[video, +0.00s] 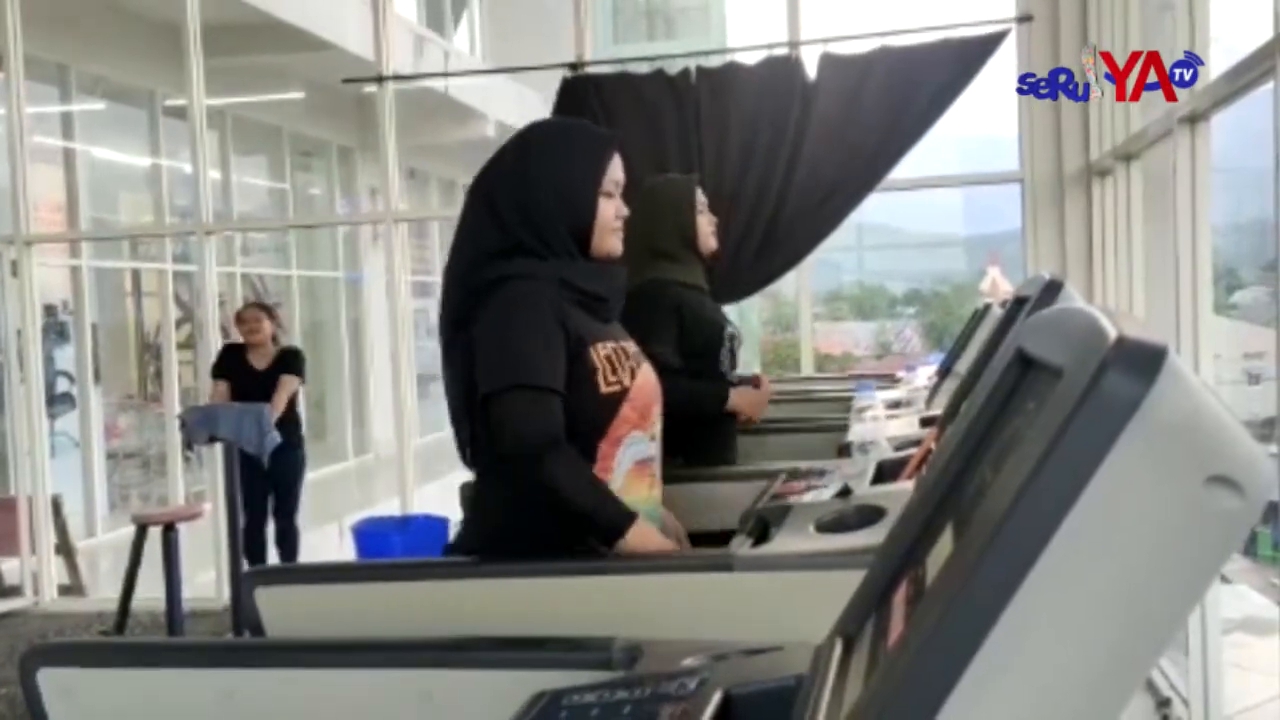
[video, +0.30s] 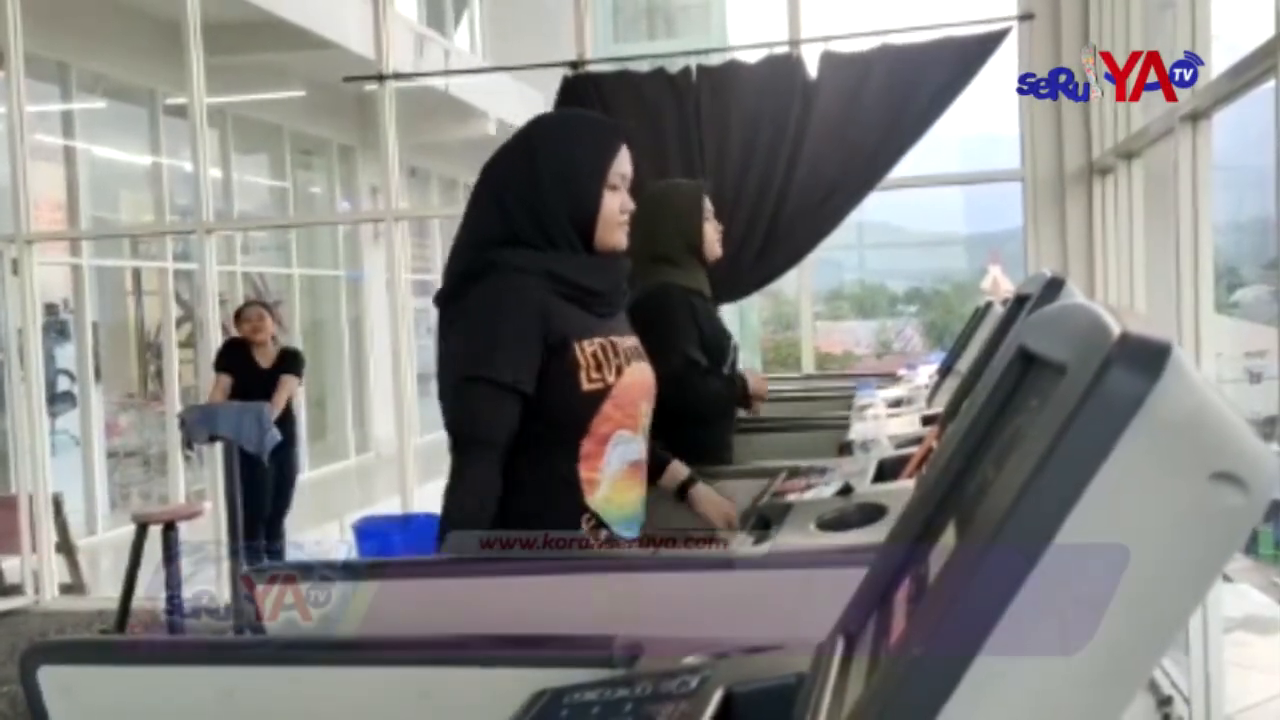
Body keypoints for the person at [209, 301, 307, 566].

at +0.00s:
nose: (251, 329)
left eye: (257, 322)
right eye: (245, 324)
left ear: (272, 324)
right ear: (238, 329)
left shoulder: (290, 357)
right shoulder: (230, 354)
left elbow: (282, 396)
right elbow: (220, 396)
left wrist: (263, 428)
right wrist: (217, 428)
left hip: (285, 439)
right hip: (246, 440)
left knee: (285, 513)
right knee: (254, 514)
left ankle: (288, 572)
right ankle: (257, 574)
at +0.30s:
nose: (255, 325)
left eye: (260, 318)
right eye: (247, 321)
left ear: (273, 322)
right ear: (239, 329)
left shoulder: (290, 358)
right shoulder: (234, 349)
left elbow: (282, 395)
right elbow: (220, 390)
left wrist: (264, 423)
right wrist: (209, 422)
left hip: (281, 431)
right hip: (243, 431)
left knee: (278, 503)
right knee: (253, 501)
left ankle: (276, 568)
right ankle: (253, 567)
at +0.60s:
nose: (256, 324)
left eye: (263, 316)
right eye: (249, 319)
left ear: (275, 321)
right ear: (241, 326)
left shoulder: (290, 356)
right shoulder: (230, 352)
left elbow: (282, 399)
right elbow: (220, 392)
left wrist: (264, 427)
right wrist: (208, 420)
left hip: (285, 437)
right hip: (247, 438)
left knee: (287, 509)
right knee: (257, 512)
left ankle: (294, 569)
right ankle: (260, 570)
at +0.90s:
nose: (253, 322)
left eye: (261, 316)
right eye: (249, 316)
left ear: (276, 322)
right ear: (243, 322)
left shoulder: (282, 352)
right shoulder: (237, 356)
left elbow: (280, 392)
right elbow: (223, 393)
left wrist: (271, 426)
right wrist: (207, 417)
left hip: (281, 429)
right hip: (253, 432)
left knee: (282, 493)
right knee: (268, 497)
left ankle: (293, 548)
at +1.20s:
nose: (246, 320)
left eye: (254, 315)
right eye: (244, 315)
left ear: (272, 322)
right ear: (240, 320)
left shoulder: (279, 351)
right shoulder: (236, 357)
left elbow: (279, 395)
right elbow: (224, 394)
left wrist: (270, 427)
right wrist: (205, 416)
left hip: (281, 431)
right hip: (254, 433)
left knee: (284, 502)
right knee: (273, 503)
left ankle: (294, 556)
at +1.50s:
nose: (251, 320)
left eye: (259, 314)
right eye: (246, 315)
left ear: (273, 320)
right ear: (239, 321)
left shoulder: (287, 352)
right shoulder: (229, 356)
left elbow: (281, 393)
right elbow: (218, 399)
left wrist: (266, 426)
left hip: (286, 436)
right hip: (247, 438)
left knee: (288, 509)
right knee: (257, 511)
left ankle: (295, 566)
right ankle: (260, 568)